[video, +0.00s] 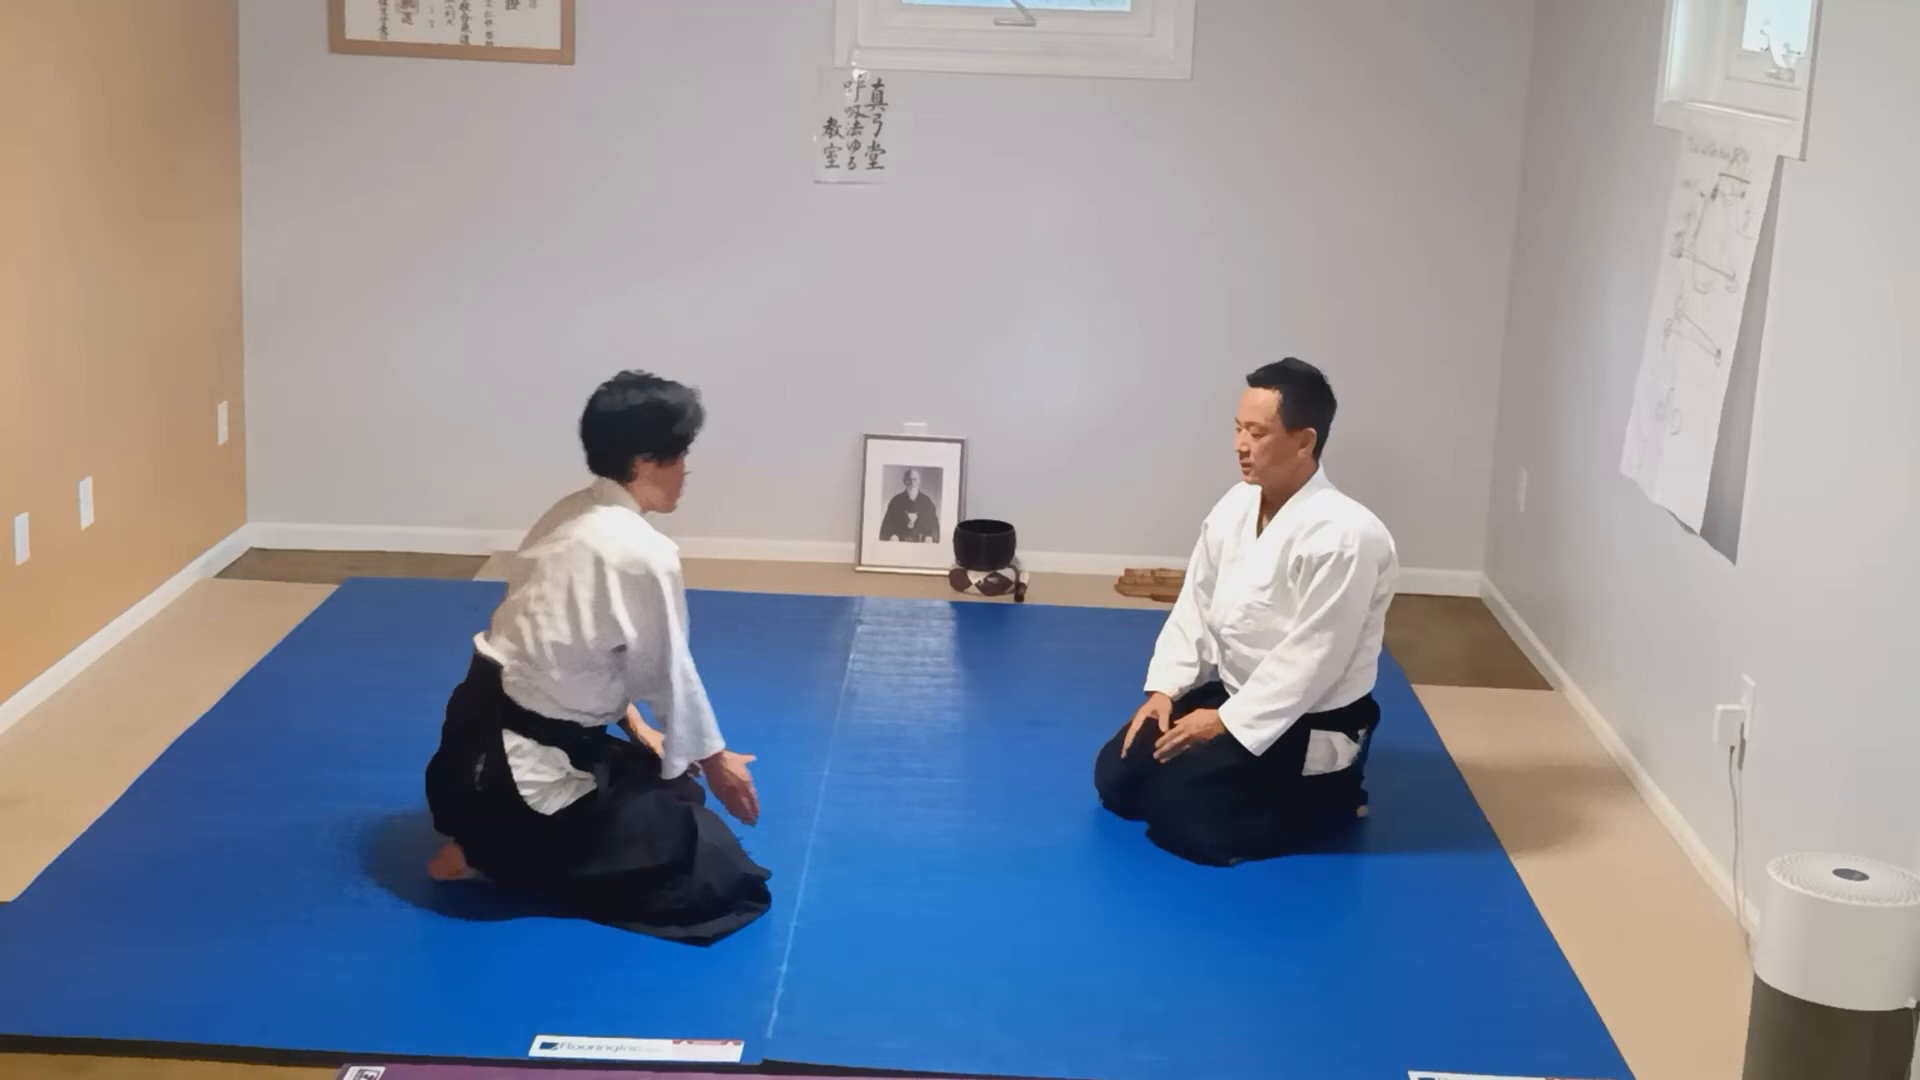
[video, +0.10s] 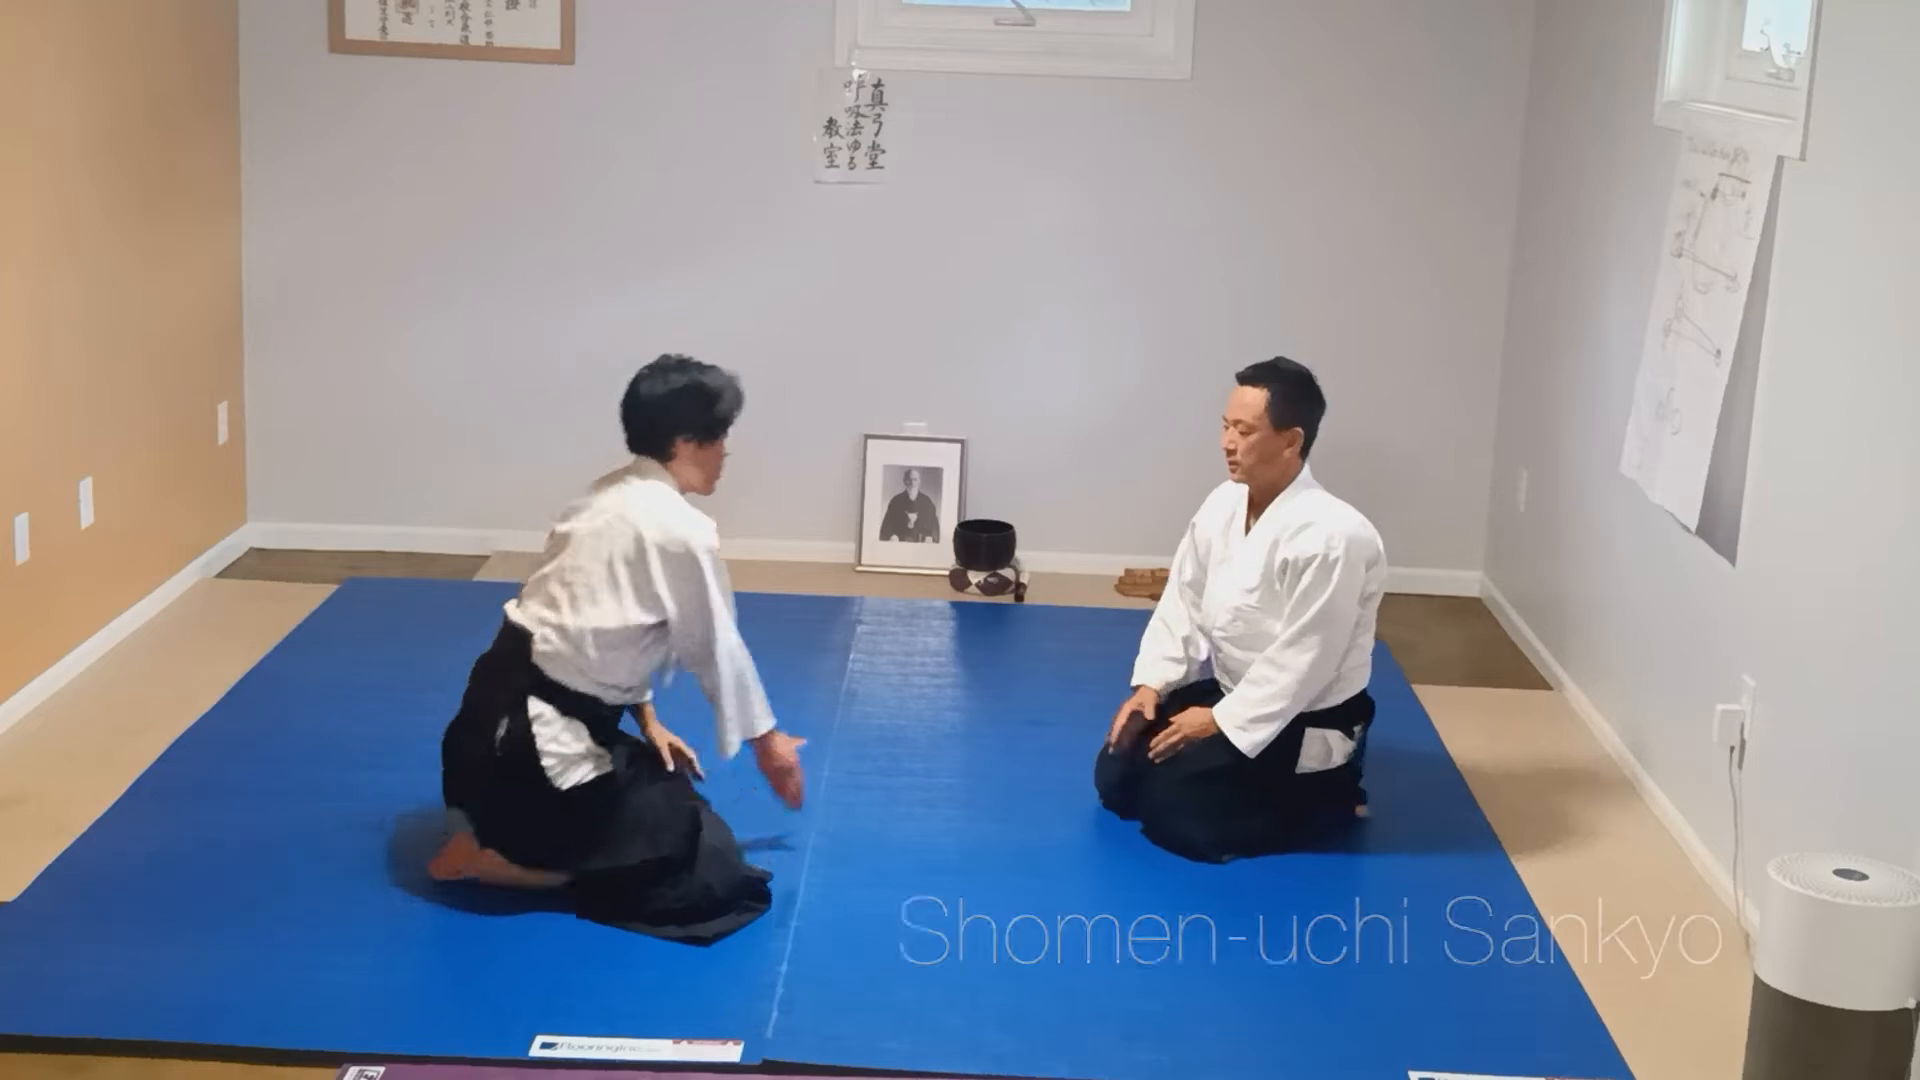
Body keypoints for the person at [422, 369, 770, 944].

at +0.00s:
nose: (687, 469)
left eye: (686, 454)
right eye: (680, 455)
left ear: (618, 463)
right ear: (644, 465)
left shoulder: (567, 513)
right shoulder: (643, 554)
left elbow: (583, 636)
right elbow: (672, 678)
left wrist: (637, 729)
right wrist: (715, 761)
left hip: (467, 754)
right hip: (520, 794)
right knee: (715, 869)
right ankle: (492, 859)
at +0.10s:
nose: (726, 451)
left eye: (724, 436)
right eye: (720, 438)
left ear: (662, 445)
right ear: (683, 445)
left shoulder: (607, 497)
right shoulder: (680, 529)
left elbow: (613, 622)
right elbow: (717, 649)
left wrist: (648, 722)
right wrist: (766, 737)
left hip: (484, 730)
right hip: (538, 758)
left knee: (666, 792)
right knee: (706, 862)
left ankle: (502, 832)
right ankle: (502, 865)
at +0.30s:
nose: (762, 383)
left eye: (764, 367)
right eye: (758, 368)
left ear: (686, 363)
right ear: (724, 365)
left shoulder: (633, 425)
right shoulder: (731, 438)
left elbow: (601, 512)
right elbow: (838, 503)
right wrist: (934, 487)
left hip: (553, 636)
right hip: (618, 656)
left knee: (580, 771)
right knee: (692, 827)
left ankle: (487, 830)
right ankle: (528, 857)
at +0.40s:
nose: (781, 357)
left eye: (782, 341)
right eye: (777, 340)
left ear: (708, 333)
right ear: (743, 339)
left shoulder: (648, 407)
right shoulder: (751, 411)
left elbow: (624, 491)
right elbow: (876, 417)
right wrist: (892, 328)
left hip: (577, 623)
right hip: (649, 640)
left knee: (595, 781)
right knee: (728, 805)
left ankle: (505, 813)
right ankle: (569, 828)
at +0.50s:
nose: (801, 351)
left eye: (804, 334)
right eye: (798, 333)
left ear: (734, 328)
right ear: (759, 331)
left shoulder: (671, 395)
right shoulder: (767, 397)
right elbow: (886, 373)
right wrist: (860, 290)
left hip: (597, 621)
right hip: (665, 626)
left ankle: (523, 791)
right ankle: (638, 790)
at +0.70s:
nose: (850, 349)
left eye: (849, 332)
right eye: (845, 331)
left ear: (773, 326)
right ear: (809, 330)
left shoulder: (709, 391)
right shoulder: (810, 389)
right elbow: (929, 349)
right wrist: (967, 263)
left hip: (635, 635)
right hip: (708, 638)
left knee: (676, 800)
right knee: (887, 663)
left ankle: (535, 787)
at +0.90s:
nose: (870, 340)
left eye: (870, 323)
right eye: (865, 324)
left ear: (787, 323)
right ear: (834, 326)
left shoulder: (736, 389)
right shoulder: (835, 372)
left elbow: (718, 495)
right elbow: (928, 294)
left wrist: (807, 566)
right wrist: (925, 220)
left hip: (676, 619)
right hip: (749, 621)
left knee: (675, 788)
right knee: (911, 666)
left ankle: (537, 796)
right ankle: (876, 841)